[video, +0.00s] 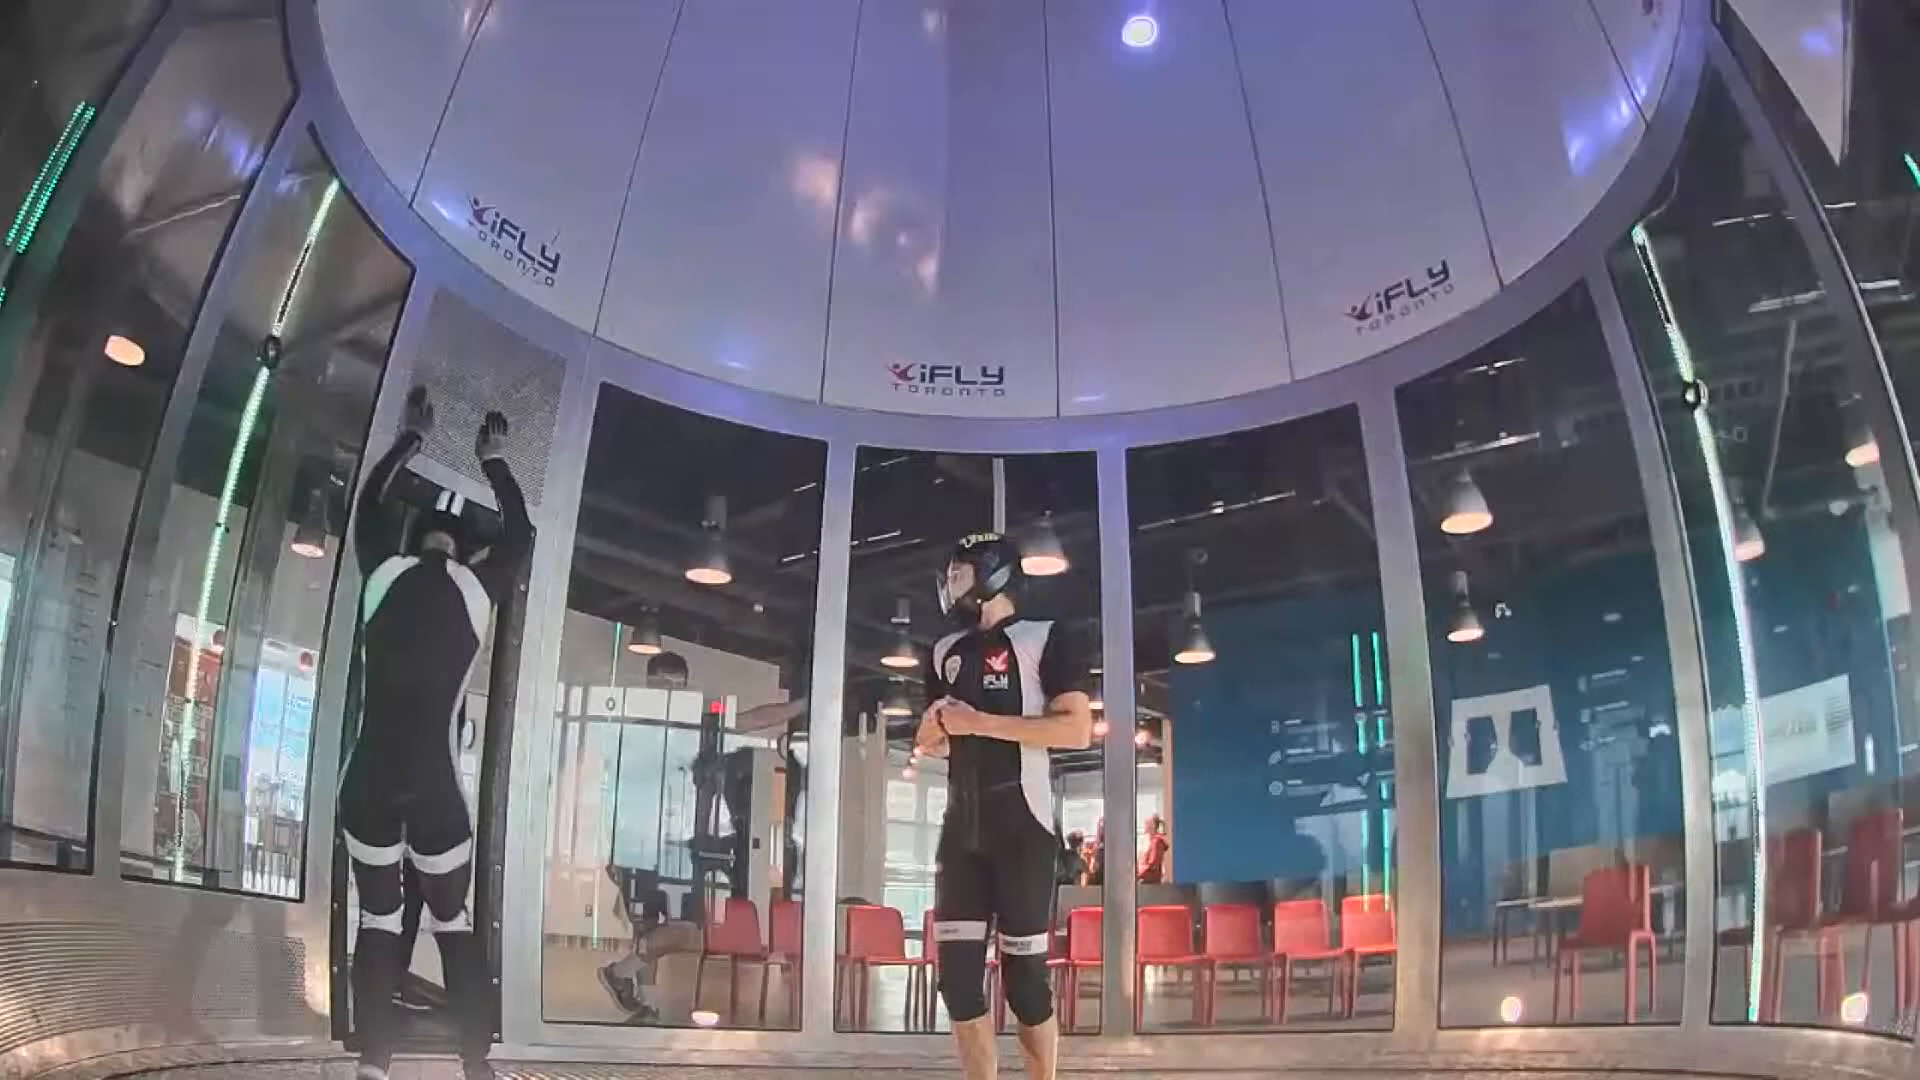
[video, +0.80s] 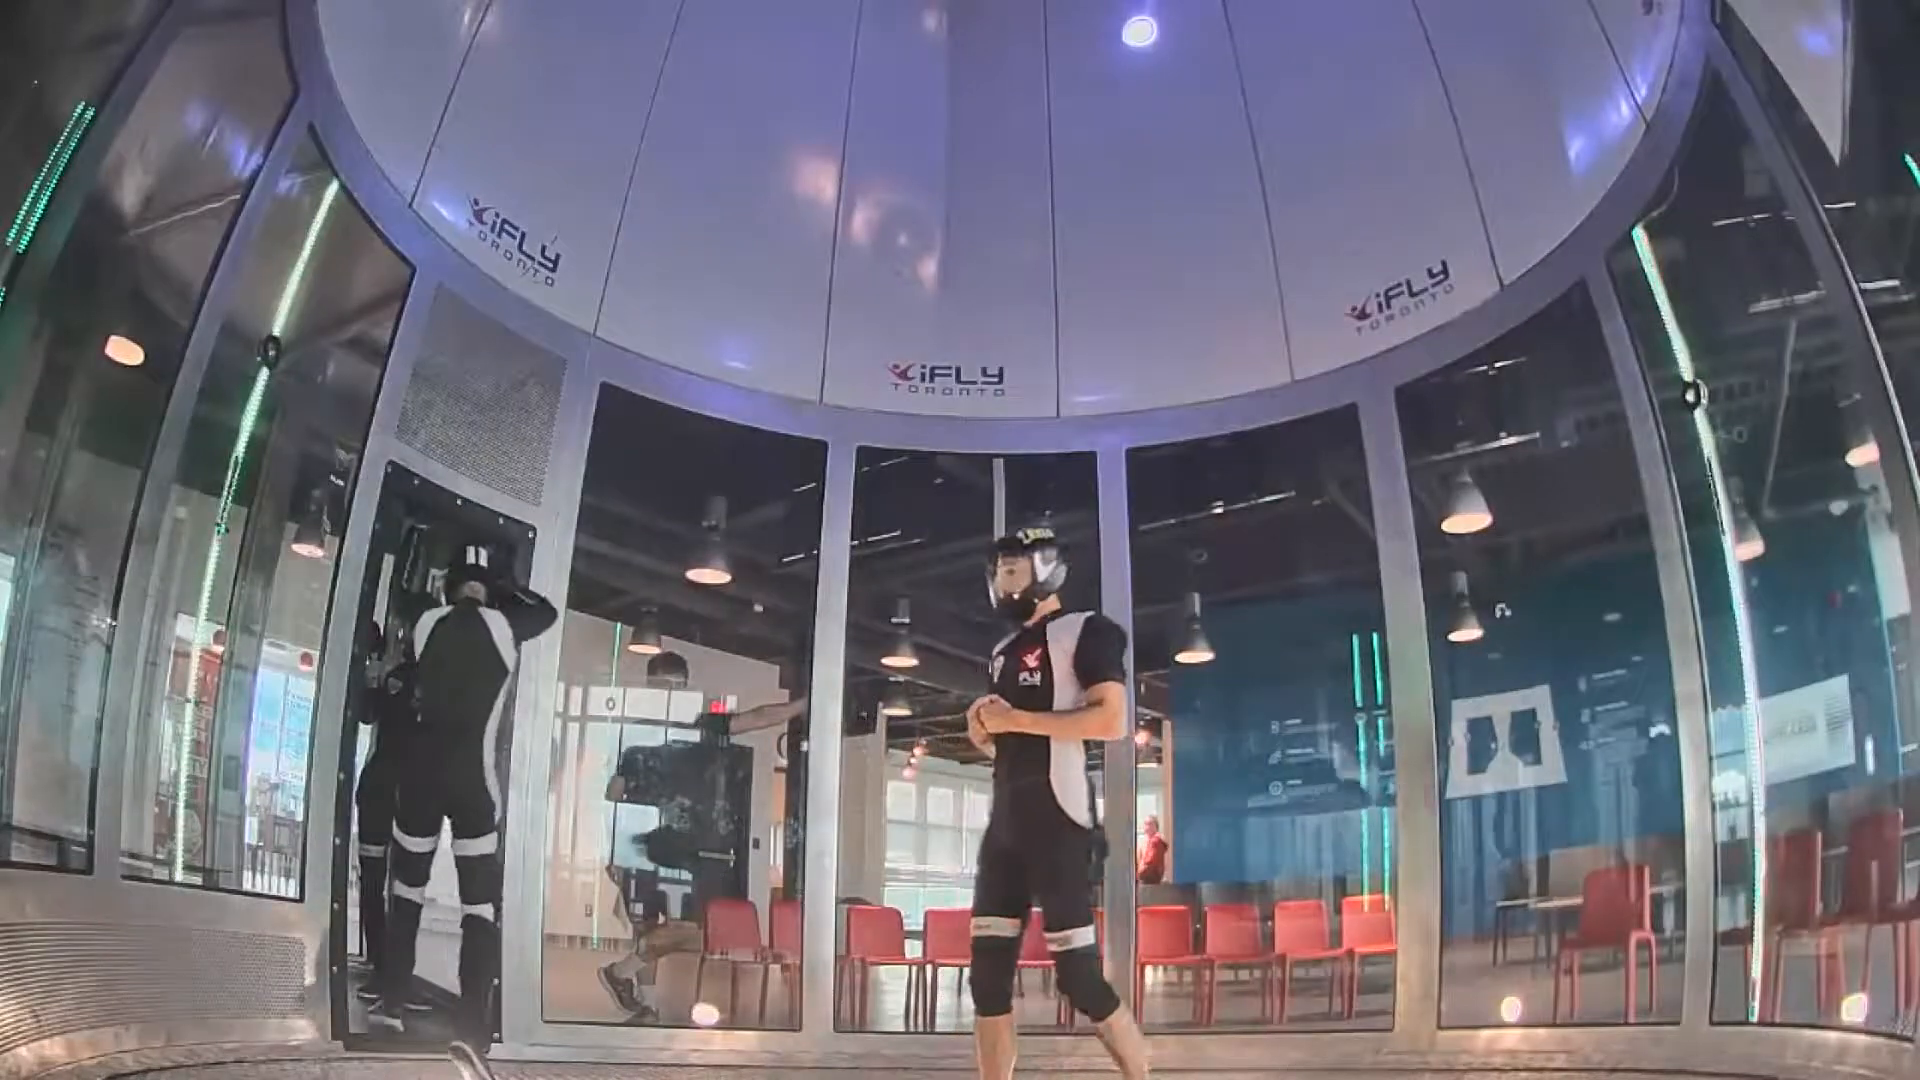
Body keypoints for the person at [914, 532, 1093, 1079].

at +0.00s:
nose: (952, 585)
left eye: (962, 573)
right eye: (950, 575)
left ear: (997, 576)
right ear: (960, 583)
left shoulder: (1049, 639)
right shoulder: (944, 652)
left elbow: (1077, 730)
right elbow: (929, 743)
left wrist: (981, 722)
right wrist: (932, 732)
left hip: (1026, 827)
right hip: (962, 827)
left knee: (1025, 979)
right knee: (957, 979)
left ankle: (1042, 1076)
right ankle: (982, 1076)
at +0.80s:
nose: (1004, 580)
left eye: (1014, 569)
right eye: (999, 570)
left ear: (1049, 569)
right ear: (996, 577)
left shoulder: (1091, 630)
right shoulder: (1004, 651)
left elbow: (1112, 720)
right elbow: (998, 750)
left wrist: (1020, 720)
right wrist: (980, 730)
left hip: (1064, 822)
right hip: (1007, 821)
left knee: (1079, 975)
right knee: (988, 974)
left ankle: (1140, 1072)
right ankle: (996, 1078)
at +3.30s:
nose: (1213, 595)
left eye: (1222, 584)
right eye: (1211, 586)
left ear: (1253, 586)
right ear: (1218, 594)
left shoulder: (1292, 645)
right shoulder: (1212, 662)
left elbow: (1329, 732)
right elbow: (1190, 749)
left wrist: (1240, 733)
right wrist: (1193, 741)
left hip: (1267, 823)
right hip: (1212, 824)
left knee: (1280, 965)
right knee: (1195, 962)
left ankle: (1339, 1068)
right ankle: (1183, 1076)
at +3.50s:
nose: (1252, 602)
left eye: (1262, 591)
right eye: (1252, 592)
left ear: (1292, 595)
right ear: (1256, 599)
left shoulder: (1338, 652)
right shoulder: (1245, 667)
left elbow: (1375, 735)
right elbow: (1230, 756)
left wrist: (1289, 732)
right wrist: (1236, 741)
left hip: (1315, 828)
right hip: (1257, 828)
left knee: (1346, 960)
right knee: (1221, 957)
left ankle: (1383, 1062)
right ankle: (1188, 1076)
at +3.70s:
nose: (1286, 610)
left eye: (1295, 599)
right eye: (1282, 600)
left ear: (1327, 598)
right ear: (1281, 606)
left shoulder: (1380, 655)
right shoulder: (1276, 670)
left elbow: (1429, 726)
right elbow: (1258, 760)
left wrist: (1352, 737)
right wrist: (1283, 751)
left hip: (1366, 836)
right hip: (1305, 837)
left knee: (1380, 968)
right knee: (1251, 959)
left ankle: (1389, 1071)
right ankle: (1197, 1075)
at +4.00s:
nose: (1340, 593)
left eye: (1350, 582)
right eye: (1330, 584)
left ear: (1370, 588)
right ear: (1318, 595)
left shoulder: (1402, 643)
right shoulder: (1307, 665)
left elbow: (1448, 718)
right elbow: (1296, 756)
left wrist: (1375, 739)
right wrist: (1308, 750)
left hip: (1388, 821)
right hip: (1329, 822)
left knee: (1384, 962)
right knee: (1290, 949)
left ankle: (1391, 1064)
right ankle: (1266, 1071)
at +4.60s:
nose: (1314, 579)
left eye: (1321, 573)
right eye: (1303, 571)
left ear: (1340, 584)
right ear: (1294, 588)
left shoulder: (1373, 634)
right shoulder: (1287, 641)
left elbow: (1408, 657)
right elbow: (1284, 665)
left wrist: (1366, 564)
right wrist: (1320, 583)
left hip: (1373, 816)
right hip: (1308, 820)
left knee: (1381, 965)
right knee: (1311, 967)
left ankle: (1391, 1062)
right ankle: (1301, 1078)